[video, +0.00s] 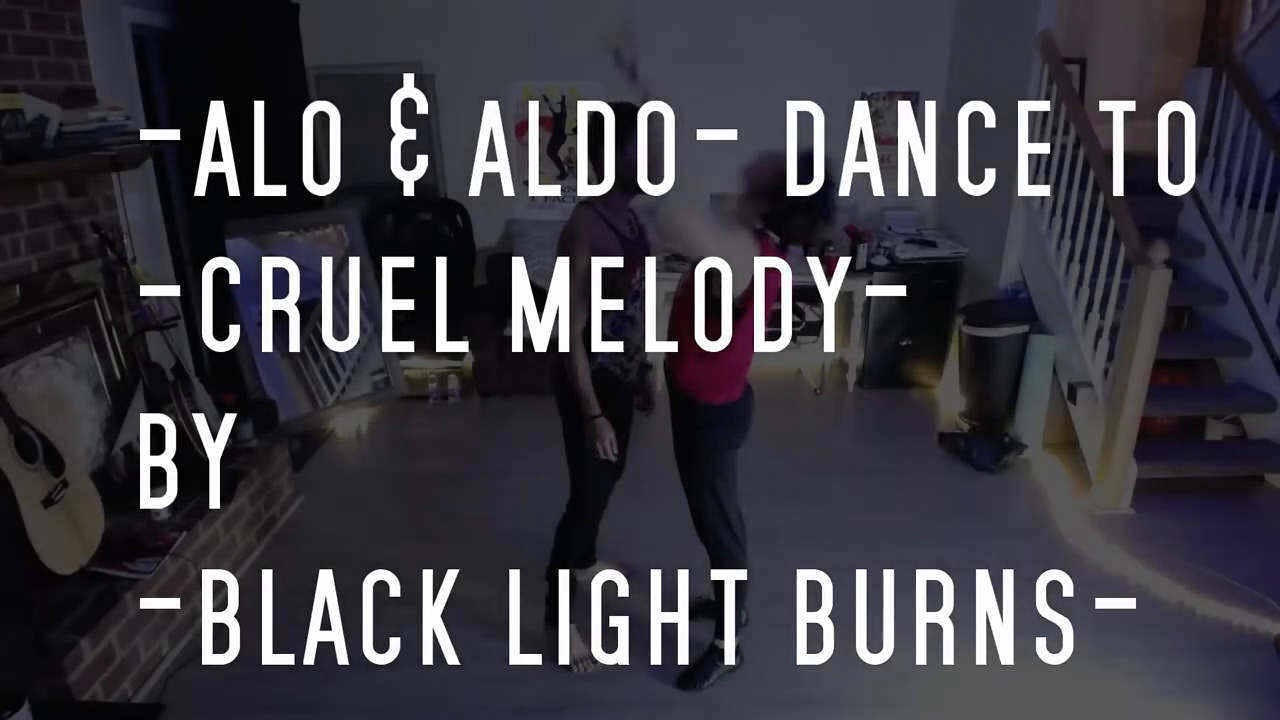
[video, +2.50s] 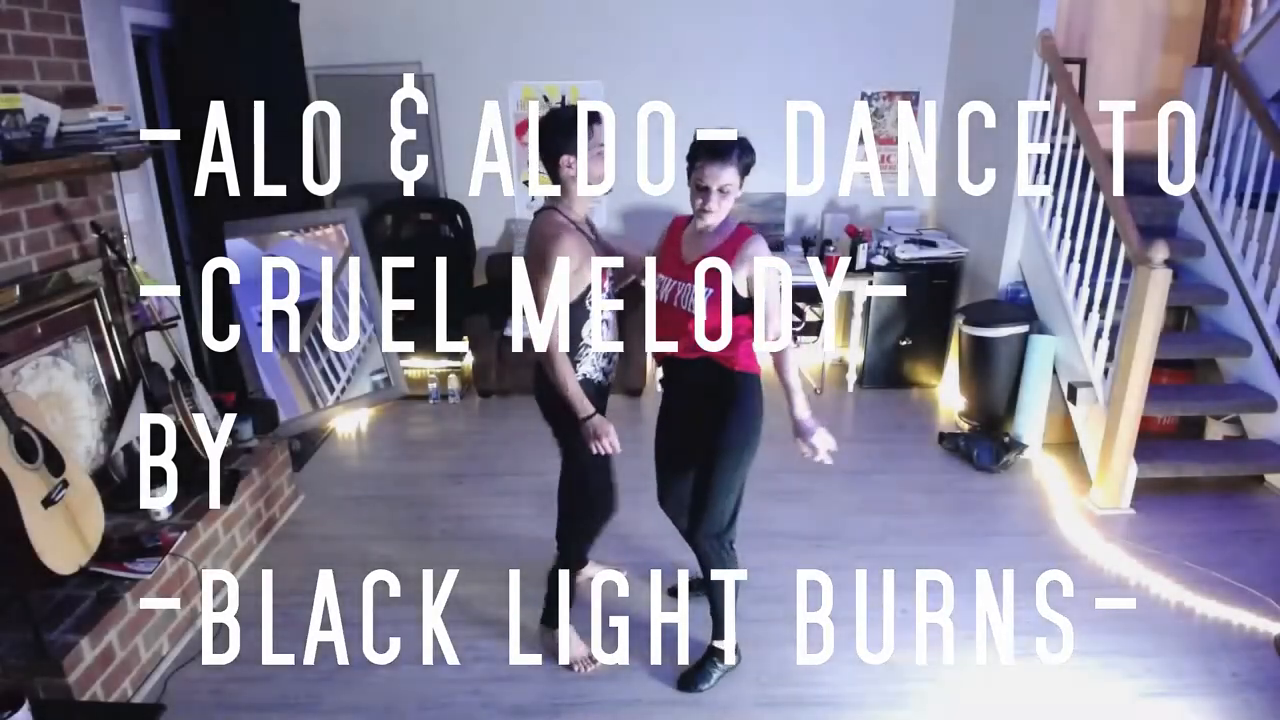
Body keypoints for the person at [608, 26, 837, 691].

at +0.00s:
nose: (748, 175)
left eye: (759, 177)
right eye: (756, 171)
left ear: (765, 202)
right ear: (771, 203)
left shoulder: (738, 253)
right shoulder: (750, 240)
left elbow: (668, 219)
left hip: (709, 405)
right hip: (712, 397)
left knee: (716, 520)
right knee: (716, 513)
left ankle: (729, 642)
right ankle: (729, 623)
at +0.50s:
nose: (671, 183)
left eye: (676, 173)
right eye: (673, 172)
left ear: (693, 180)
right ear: (732, 176)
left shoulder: (714, 251)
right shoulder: (750, 222)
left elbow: (664, 329)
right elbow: (690, 244)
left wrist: (626, 288)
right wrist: (633, 236)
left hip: (712, 410)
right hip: (734, 397)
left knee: (717, 521)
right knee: (723, 507)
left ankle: (728, 645)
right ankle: (734, 599)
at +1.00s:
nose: (664, 159)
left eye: (675, 151)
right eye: (668, 148)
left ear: (702, 164)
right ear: (708, 165)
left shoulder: (708, 251)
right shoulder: (704, 228)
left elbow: (737, 352)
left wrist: (709, 435)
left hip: (704, 413)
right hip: (701, 403)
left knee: (712, 527)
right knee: (715, 514)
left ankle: (727, 645)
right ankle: (727, 600)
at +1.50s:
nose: (681, 177)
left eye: (692, 167)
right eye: (682, 166)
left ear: (732, 172)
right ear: (721, 173)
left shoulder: (747, 232)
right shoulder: (706, 238)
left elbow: (771, 328)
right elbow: (683, 316)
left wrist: (697, 362)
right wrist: (637, 293)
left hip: (711, 414)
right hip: (678, 408)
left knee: (690, 533)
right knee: (685, 531)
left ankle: (723, 645)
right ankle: (719, 639)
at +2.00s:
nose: (704, 196)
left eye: (719, 188)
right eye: (697, 183)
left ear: (737, 191)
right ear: (683, 179)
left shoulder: (746, 239)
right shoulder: (669, 251)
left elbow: (794, 306)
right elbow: (658, 318)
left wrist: (817, 384)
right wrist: (614, 293)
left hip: (740, 418)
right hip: (687, 414)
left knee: (709, 544)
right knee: (690, 517)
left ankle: (725, 649)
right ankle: (718, 582)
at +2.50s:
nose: (707, 201)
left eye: (721, 191)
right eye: (699, 187)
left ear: (739, 192)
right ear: (687, 181)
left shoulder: (751, 251)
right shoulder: (671, 234)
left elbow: (780, 340)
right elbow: (652, 293)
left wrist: (802, 420)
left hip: (732, 397)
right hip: (681, 390)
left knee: (710, 527)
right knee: (673, 500)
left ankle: (723, 646)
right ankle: (718, 570)